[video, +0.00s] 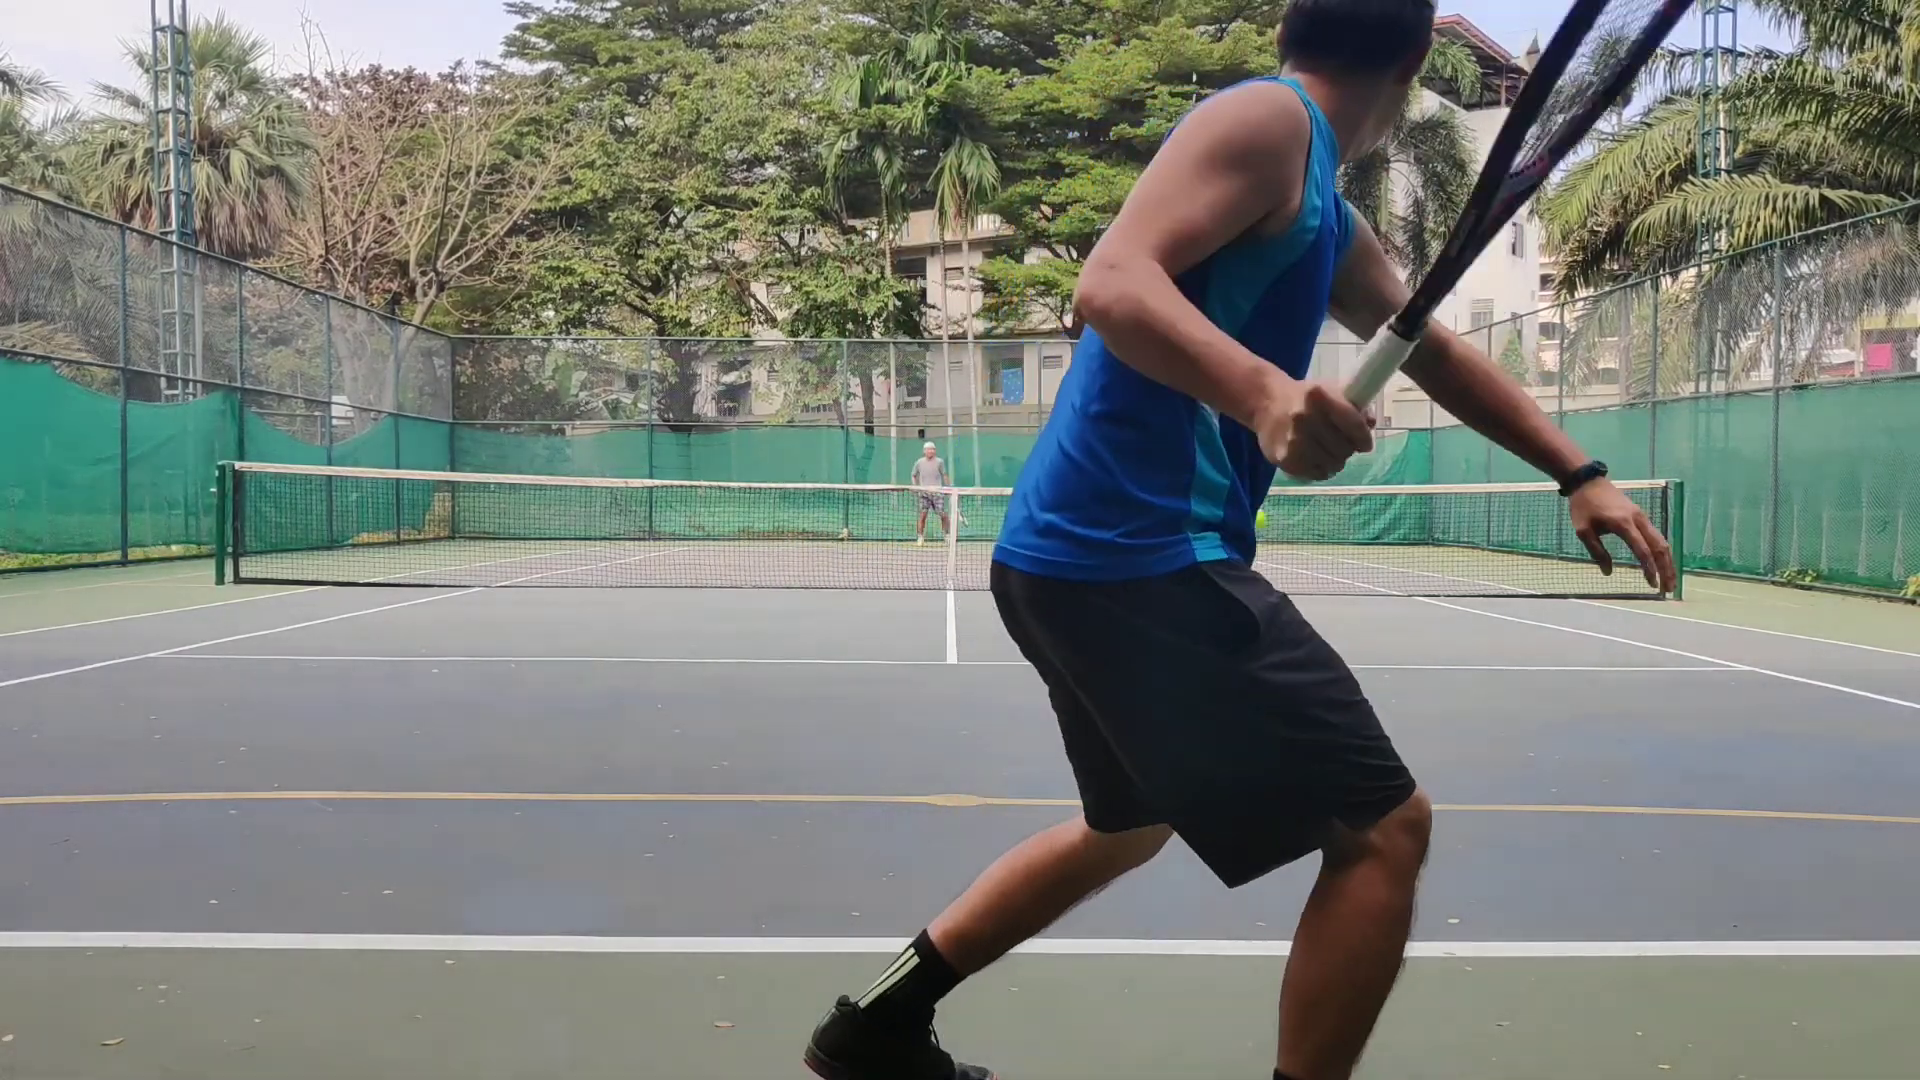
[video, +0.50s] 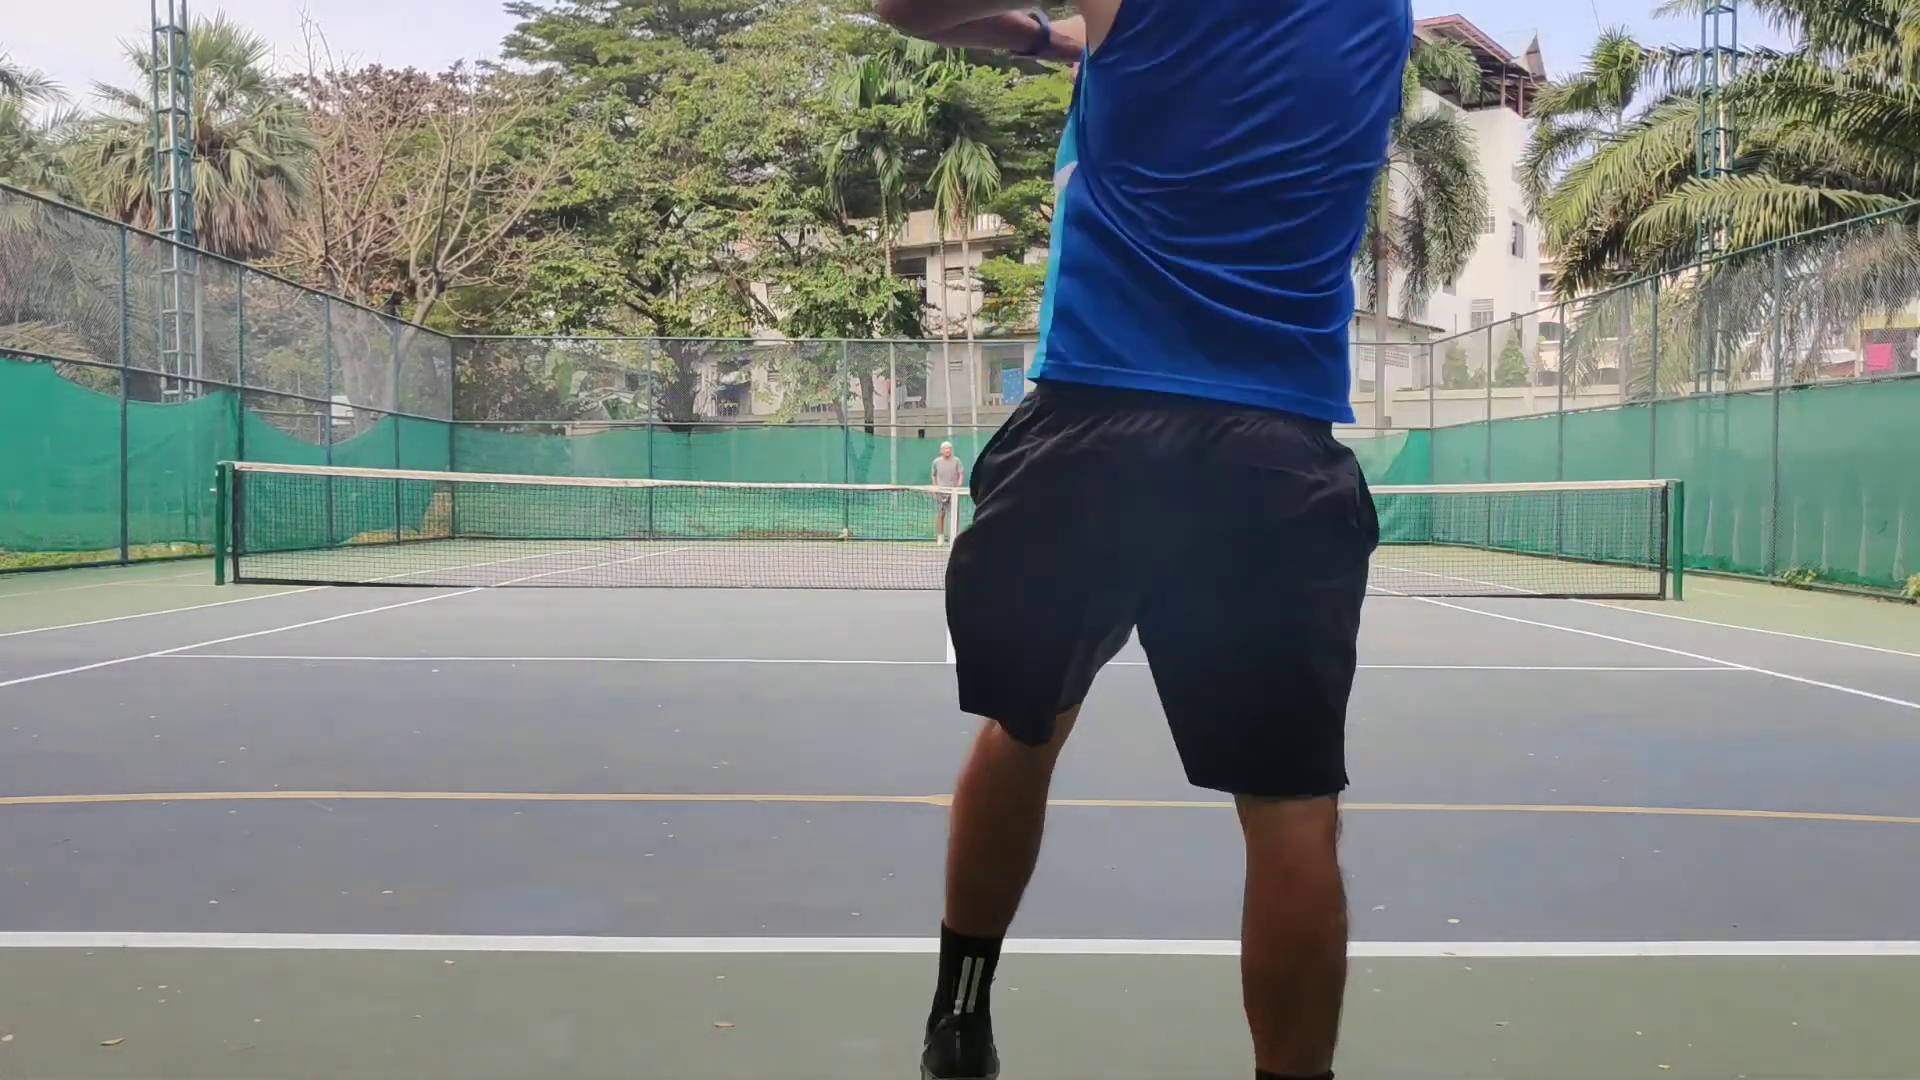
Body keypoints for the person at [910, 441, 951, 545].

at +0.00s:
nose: (931, 452)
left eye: (932, 449)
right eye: (928, 449)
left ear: (935, 451)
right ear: (924, 451)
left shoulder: (939, 462)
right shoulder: (919, 462)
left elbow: (944, 475)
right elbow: (914, 475)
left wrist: (948, 487)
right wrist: (915, 486)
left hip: (937, 490)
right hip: (924, 490)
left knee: (942, 514)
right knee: (923, 514)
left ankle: (946, 534)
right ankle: (920, 536)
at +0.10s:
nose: (934, 453)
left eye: (936, 451)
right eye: (932, 451)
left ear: (939, 452)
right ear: (928, 452)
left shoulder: (943, 463)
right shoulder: (923, 463)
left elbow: (947, 476)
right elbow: (919, 477)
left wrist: (948, 487)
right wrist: (920, 488)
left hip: (940, 491)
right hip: (927, 491)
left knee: (945, 514)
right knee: (925, 514)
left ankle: (949, 533)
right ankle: (921, 535)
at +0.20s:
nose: (939, 453)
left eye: (941, 451)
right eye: (937, 451)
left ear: (943, 452)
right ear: (933, 453)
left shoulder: (948, 464)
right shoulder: (928, 464)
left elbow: (951, 477)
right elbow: (924, 477)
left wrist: (951, 488)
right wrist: (925, 488)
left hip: (945, 491)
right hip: (932, 491)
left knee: (949, 515)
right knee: (928, 514)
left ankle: (950, 534)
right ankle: (921, 534)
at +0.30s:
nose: (943, 453)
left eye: (944, 450)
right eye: (941, 451)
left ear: (947, 452)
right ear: (937, 452)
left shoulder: (952, 463)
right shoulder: (933, 463)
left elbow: (956, 477)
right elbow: (930, 477)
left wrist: (955, 490)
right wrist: (930, 488)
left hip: (949, 491)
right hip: (937, 491)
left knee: (951, 515)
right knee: (932, 513)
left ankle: (951, 536)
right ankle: (925, 534)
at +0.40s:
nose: (946, 451)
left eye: (948, 449)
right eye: (944, 449)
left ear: (950, 450)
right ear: (940, 451)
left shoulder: (955, 461)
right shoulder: (935, 462)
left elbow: (959, 474)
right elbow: (933, 475)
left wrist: (957, 485)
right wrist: (934, 486)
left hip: (952, 490)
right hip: (939, 490)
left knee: (954, 513)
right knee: (937, 512)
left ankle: (954, 534)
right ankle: (934, 534)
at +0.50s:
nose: (947, 451)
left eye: (949, 448)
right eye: (945, 449)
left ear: (951, 450)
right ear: (941, 450)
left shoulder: (956, 461)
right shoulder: (936, 462)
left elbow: (961, 473)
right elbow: (933, 474)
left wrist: (959, 483)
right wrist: (935, 485)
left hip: (954, 489)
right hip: (941, 489)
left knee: (955, 513)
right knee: (941, 513)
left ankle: (955, 535)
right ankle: (940, 535)